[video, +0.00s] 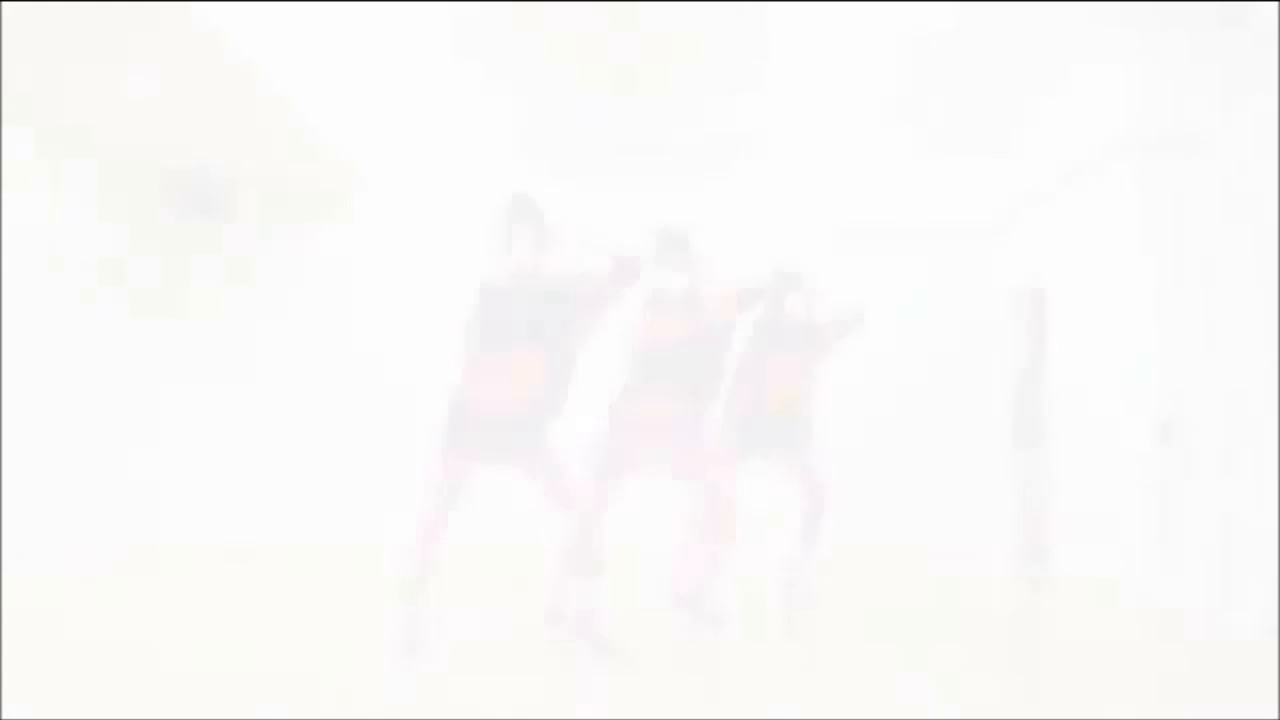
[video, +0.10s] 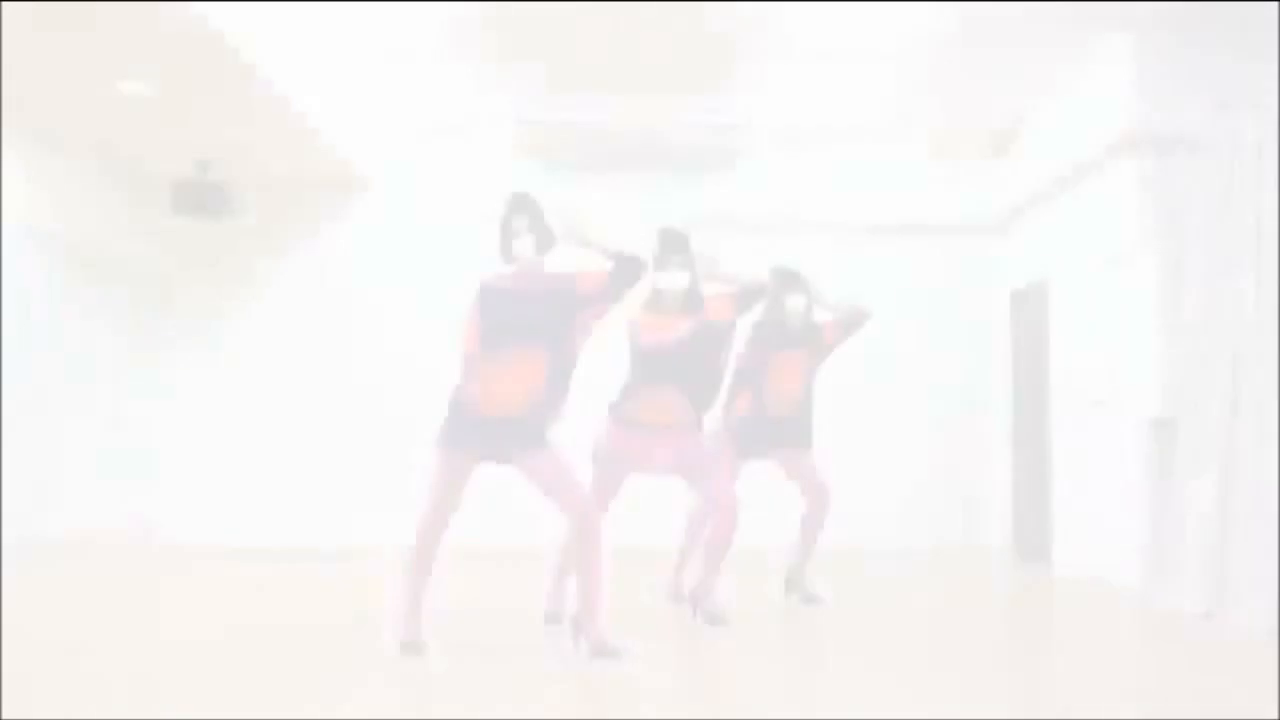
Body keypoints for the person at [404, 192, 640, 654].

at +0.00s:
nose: (524, 254)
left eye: (531, 243)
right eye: (516, 243)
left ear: (544, 246)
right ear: (503, 245)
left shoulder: (561, 298)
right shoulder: (487, 294)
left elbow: (602, 293)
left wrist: (622, 271)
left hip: (527, 430)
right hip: (470, 428)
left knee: (579, 511)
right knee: (435, 518)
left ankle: (571, 604)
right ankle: (410, 612)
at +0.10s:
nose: (523, 243)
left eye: (530, 234)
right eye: (514, 235)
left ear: (544, 239)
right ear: (504, 241)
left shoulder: (569, 296)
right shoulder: (491, 292)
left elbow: (633, 268)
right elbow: (471, 359)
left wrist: (579, 240)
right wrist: (463, 410)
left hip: (524, 429)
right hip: (469, 424)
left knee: (584, 512)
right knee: (435, 519)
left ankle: (589, 624)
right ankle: (411, 623)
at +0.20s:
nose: (522, 240)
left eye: (530, 232)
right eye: (514, 233)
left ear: (545, 237)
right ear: (504, 240)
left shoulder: (567, 290)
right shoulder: (491, 292)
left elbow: (633, 270)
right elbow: (471, 363)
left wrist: (586, 239)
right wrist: (460, 421)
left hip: (524, 427)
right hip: (470, 422)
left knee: (584, 510)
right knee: (437, 516)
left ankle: (590, 620)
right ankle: (412, 614)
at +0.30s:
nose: (524, 240)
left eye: (532, 232)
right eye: (515, 233)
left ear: (547, 237)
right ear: (505, 241)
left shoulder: (569, 291)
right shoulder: (491, 293)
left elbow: (635, 269)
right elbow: (471, 363)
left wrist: (583, 239)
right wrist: (461, 421)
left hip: (524, 428)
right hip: (469, 423)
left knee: (584, 511)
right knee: (438, 516)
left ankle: (590, 617)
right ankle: (411, 612)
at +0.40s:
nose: (526, 240)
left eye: (534, 231)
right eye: (517, 233)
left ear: (549, 237)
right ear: (507, 242)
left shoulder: (571, 293)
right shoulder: (492, 292)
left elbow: (635, 268)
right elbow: (472, 362)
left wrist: (583, 238)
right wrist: (463, 419)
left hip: (526, 429)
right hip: (470, 423)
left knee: (585, 511)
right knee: (438, 517)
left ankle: (590, 617)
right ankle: (411, 613)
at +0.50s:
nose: (524, 240)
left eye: (532, 232)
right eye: (515, 233)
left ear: (548, 238)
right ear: (506, 242)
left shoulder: (571, 292)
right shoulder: (492, 291)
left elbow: (635, 268)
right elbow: (472, 359)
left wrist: (583, 239)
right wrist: (463, 417)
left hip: (526, 429)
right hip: (470, 422)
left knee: (585, 511)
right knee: (437, 517)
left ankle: (590, 619)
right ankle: (411, 615)